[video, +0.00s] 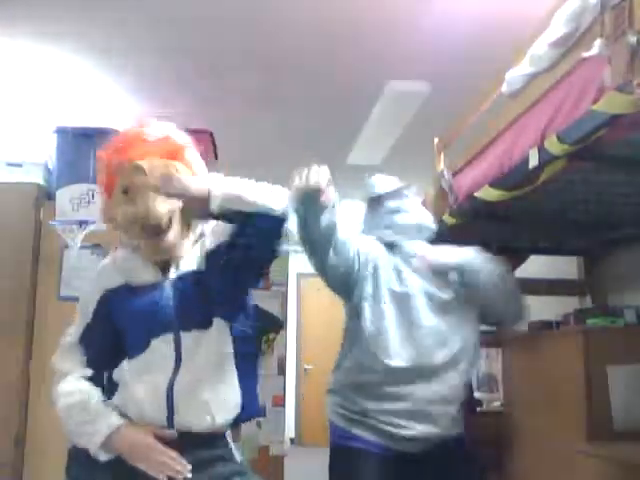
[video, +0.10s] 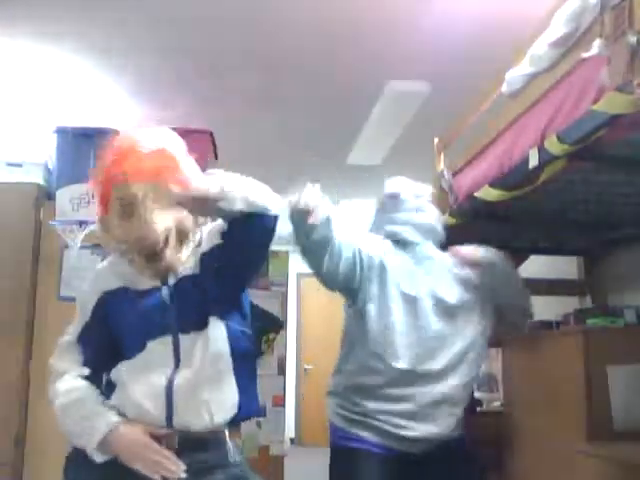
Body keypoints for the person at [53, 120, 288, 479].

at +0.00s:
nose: (147, 208)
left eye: (162, 188)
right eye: (128, 194)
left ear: (188, 199)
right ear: (111, 211)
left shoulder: (223, 260)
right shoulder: (110, 280)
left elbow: (278, 209)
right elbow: (70, 380)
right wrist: (121, 437)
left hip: (210, 456)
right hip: (118, 458)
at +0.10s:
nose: (144, 219)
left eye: (157, 202)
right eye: (127, 208)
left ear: (181, 205)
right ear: (109, 218)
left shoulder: (216, 262)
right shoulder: (108, 284)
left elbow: (265, 212)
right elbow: (67, 378)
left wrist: (190, 189)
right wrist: (114, 434)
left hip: (208, 456)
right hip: (119, 458)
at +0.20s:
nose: (147, 227)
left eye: (159, 209)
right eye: (125, 218)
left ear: (188, 214)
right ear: (104, 235)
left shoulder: (214, 270)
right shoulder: (105, 292)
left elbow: (269, 196)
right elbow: (61, 383)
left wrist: (206, 207)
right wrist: (106, 435)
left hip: (210, 457)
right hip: (121, 456)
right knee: (79, 470)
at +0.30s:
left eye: (152, 202)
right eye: (117, 214)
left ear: (184, 206)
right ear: (105, 233)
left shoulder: (219, 269)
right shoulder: (106, 297)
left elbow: (273, 188)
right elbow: (56, 392)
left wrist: (197, 198)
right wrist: (104, 447)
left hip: (213, 462)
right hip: (129, 465)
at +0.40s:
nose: (133, 218)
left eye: (148, 194)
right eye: (111, 203)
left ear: (181, 209)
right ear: (93, 231)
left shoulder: (217, 265)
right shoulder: (96, 305)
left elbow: (272, 200)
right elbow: (54, 406)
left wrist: (201, 158)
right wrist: (103, 465)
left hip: (216, 464)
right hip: (133, 469)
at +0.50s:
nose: (127, 220)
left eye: (143, 198)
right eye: (105, 208)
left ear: (180, 213)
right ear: (88, 236)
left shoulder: (207, 274)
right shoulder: (95, 305)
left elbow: (245, 223)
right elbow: (61, 407)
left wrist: (212, 156)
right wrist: (111, 467)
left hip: (211, 465)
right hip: (129, 467)